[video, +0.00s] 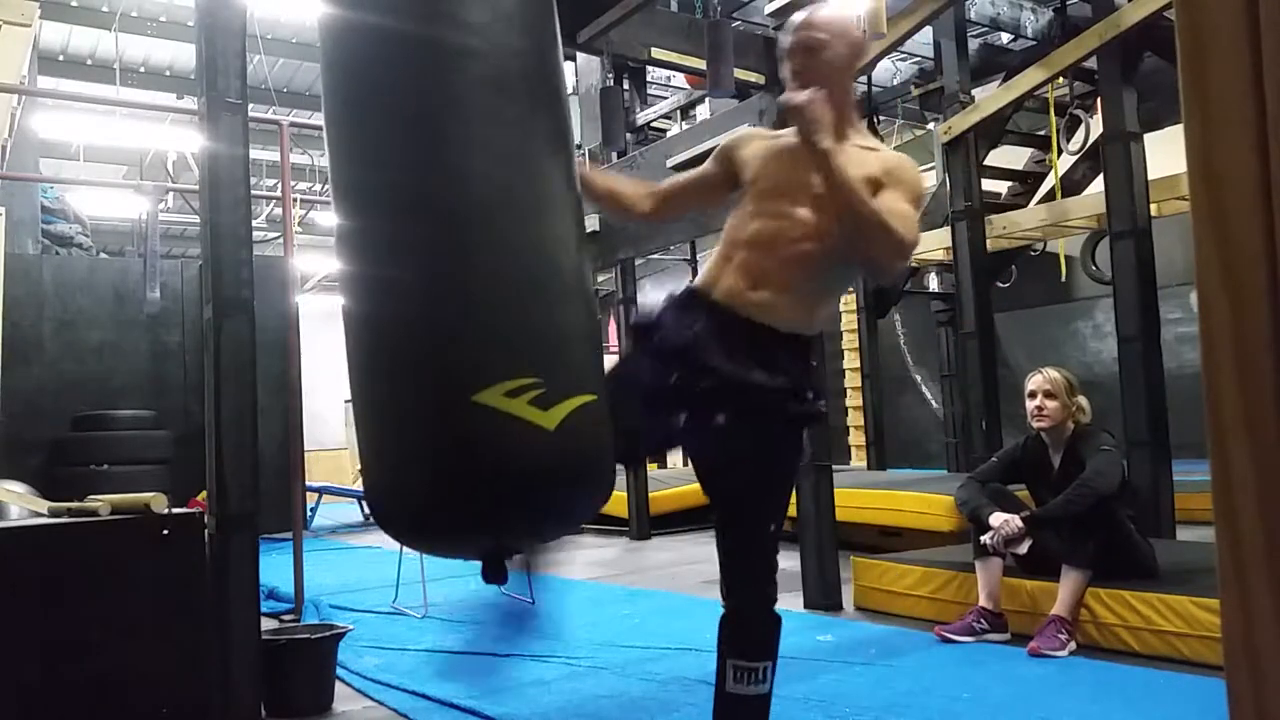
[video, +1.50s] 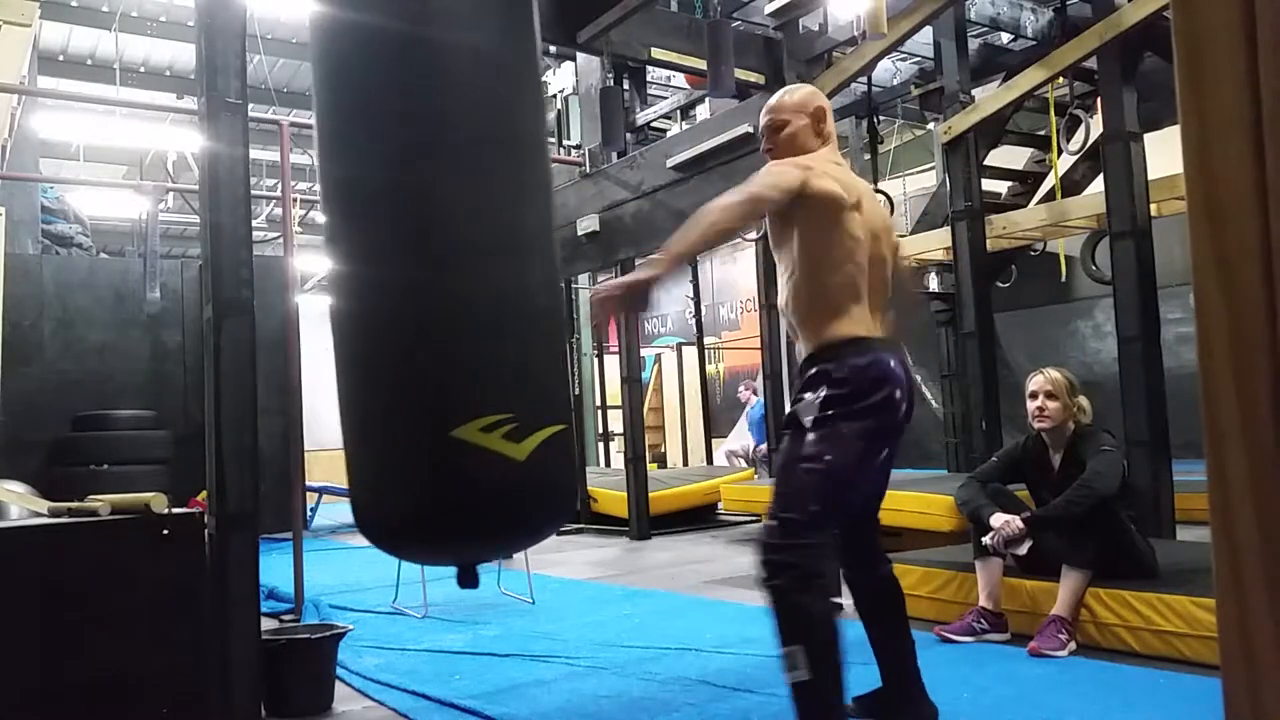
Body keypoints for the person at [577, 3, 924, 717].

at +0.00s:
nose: (798, 50)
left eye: (818, 40)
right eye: (792, 38)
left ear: (862, 55)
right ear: (780, 53)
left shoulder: (893, 170)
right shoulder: (750, 149)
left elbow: (891, 257)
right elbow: (651, 202)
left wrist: (824, 147)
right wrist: (569, 167)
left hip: (771, 368)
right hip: (686, 331)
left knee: (747, 574)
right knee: (567, 464)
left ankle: (740, 716)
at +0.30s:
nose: (680, 69)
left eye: (694, 52)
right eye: (677, 59)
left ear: (741, 52)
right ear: (687, 75)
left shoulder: (790, 137)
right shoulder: (706, 169)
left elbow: (783, 225)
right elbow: (697, 296)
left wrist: (640, 179)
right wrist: (646, 367)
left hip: (758, 365)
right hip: (707, 369)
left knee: (706, 551)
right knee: (754, 534)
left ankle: (722, 715)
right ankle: (854, 672)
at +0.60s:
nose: (691, 139)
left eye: (689, 125)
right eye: (685, 130)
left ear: (712, 95)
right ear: (743, 95)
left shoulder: (738, 146)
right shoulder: (814, 170)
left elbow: (690, 203)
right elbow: (835, 293)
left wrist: (566, 199)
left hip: (773, 369)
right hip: (825, 364)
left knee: (727, 555)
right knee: (859, 532)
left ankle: (730, 712)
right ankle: (931, 680)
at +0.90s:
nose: (750, 150)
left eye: (748, 137)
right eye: (745, 140)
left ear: (770, 113)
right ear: (803, 108)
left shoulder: (788, 153)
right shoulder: (872, 169)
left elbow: (746, 224)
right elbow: (945, 252)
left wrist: (624, 218)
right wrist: (890, 324)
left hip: (815, 347)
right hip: (870, 348)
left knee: (763, 530)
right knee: (870, 519)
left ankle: (782, 707)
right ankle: (929, 672)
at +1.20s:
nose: (763, 158)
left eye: (772, 142)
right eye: (760, 147)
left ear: (812, 131)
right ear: (821, 139)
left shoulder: (797, 192)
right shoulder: (884, 201)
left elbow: (740, 268)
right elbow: (957, 291)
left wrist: (649, 295)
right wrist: (925, 373)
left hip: (831, 382)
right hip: (882, 382)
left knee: (808, 558)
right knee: (855, 553)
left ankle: (815, 710)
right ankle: (905, 694)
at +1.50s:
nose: (766, 144)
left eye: (776, 129)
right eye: (763, 135)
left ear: (820, 119)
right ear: (824, 129)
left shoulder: (798, 172)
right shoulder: (872, 199)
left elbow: (733, 210)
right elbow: (898, 276)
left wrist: (655, 266)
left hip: (841, 381)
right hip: (886, 376)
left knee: (790, 550)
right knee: (857, 542)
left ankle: (822, 710)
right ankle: (905, 693)